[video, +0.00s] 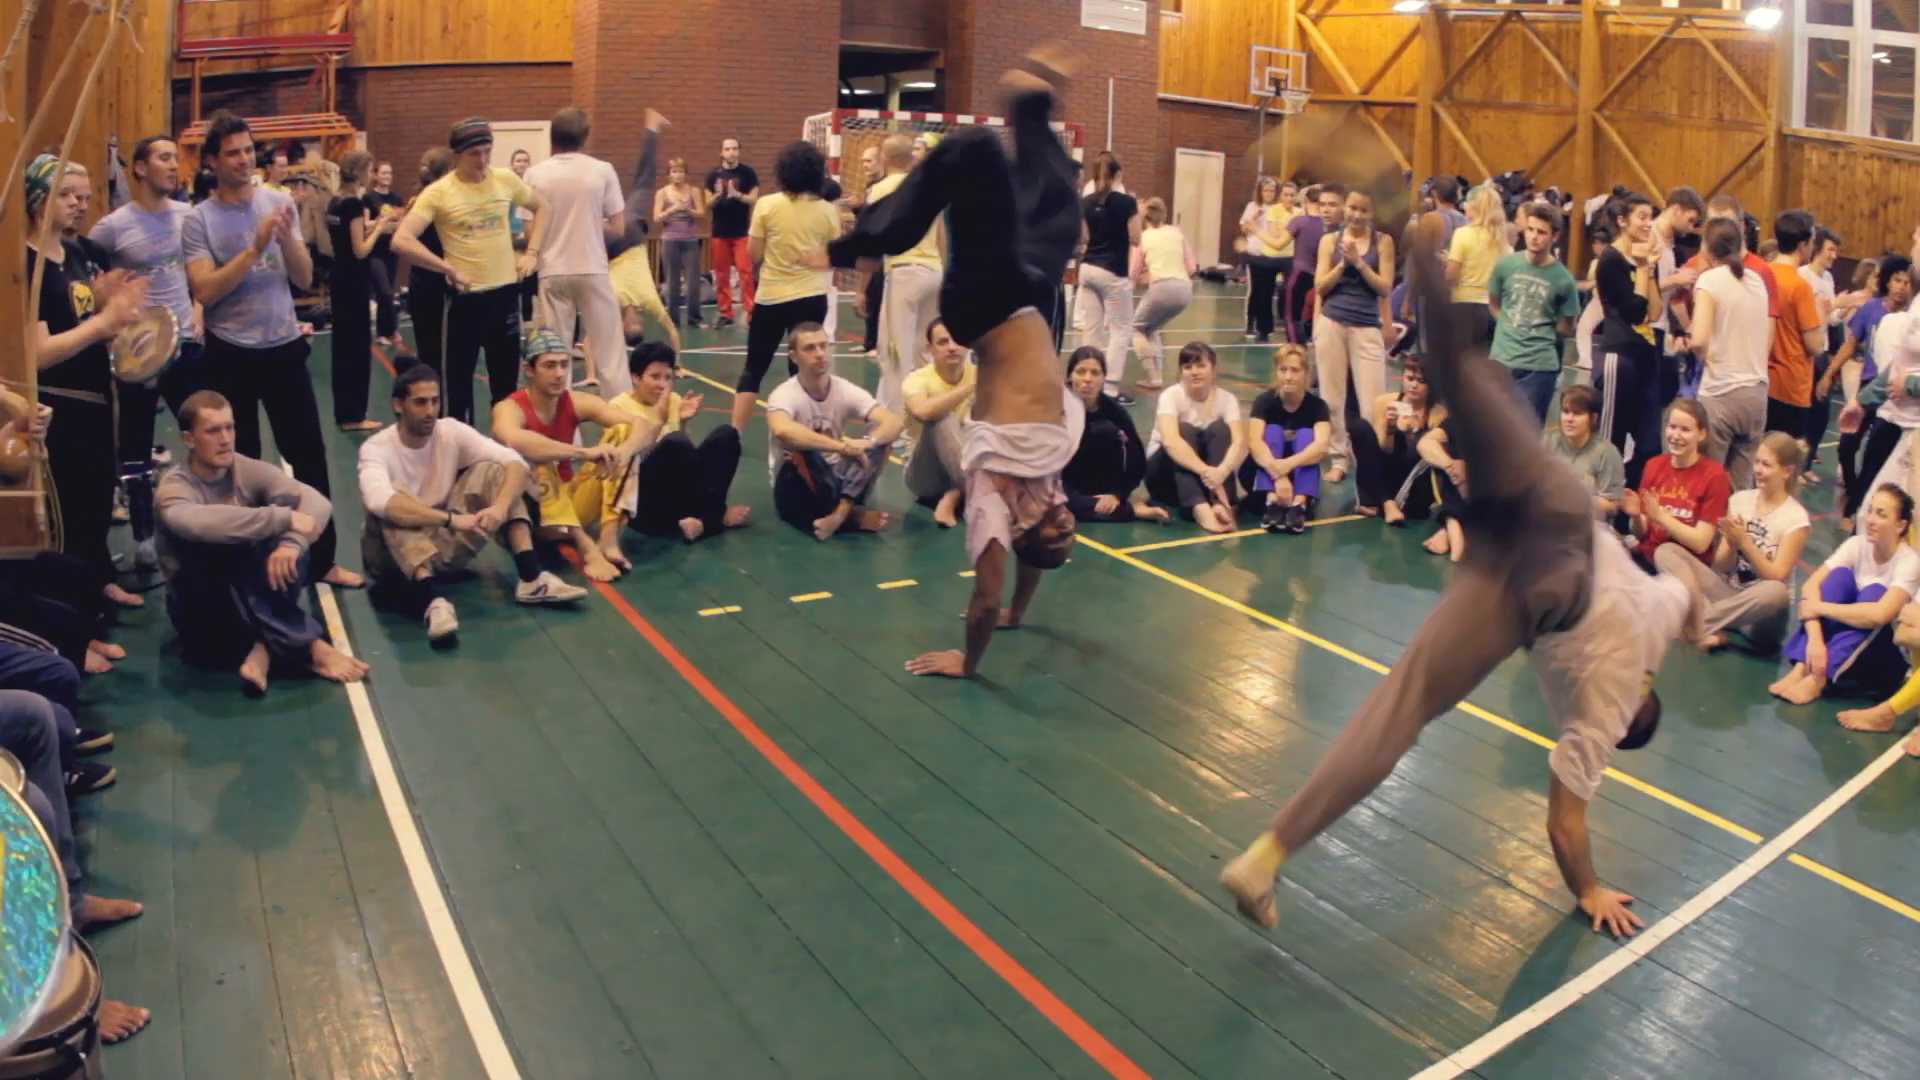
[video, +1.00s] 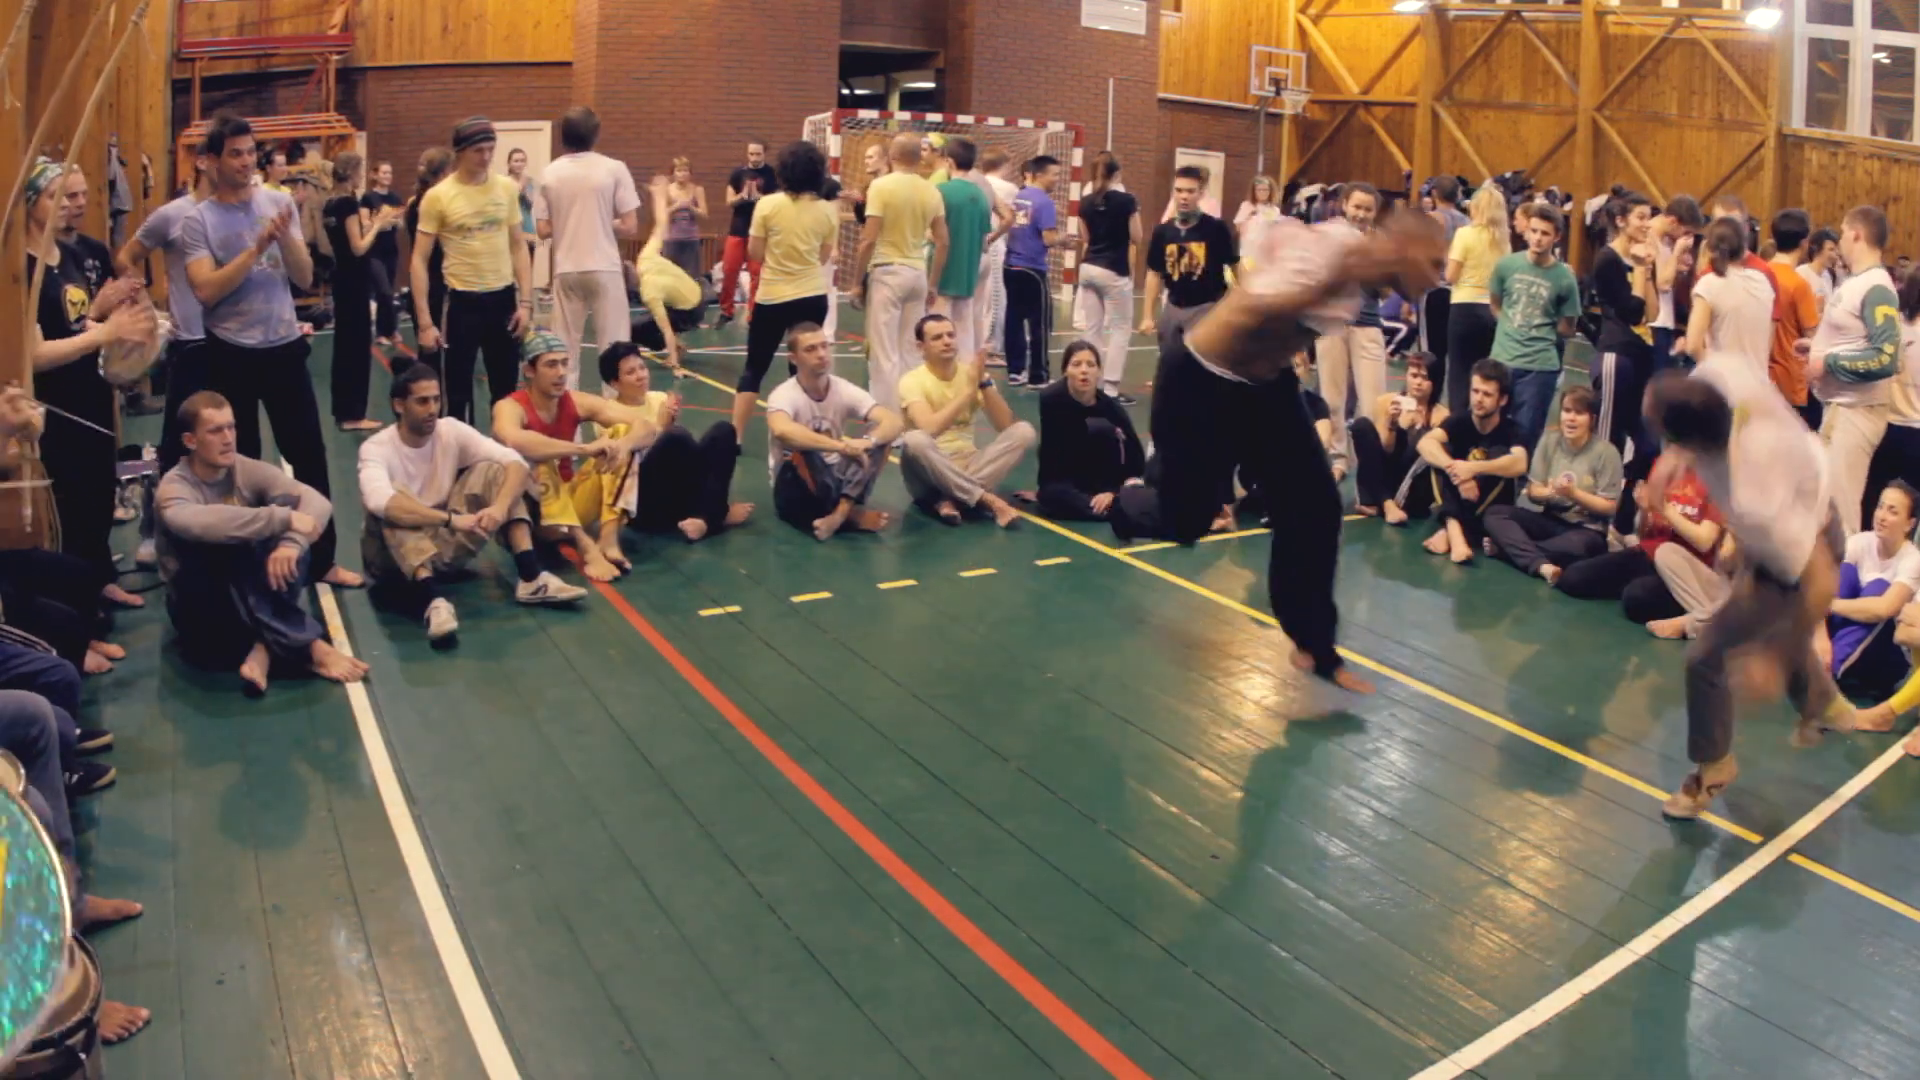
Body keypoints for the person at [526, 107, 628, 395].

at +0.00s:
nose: (588, 137)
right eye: (587, 133)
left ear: (552, 136)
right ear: (585, 137)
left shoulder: (535, 174)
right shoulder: (602, 170)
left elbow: (529, 231)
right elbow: (617, 228)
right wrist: (588, 228)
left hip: (552, 271)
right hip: (592, 269)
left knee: (555, 353)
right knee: (609, 349)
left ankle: (555, 420)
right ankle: (621, 420)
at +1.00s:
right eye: (596, 130)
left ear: (564, 136)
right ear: (596, 135)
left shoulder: (550, 173)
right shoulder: (615, 169)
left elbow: (543, 230)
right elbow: (630, 228)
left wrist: (572, 221)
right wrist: (600, 222)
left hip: (566, 266)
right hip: (604, 265)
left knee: (565, 347)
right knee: (614, 347)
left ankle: (565, 413)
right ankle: (613, 416)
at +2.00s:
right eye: (642, 133)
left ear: (609, 134)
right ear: (642, 136)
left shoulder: (589, 169)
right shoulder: (656, 173)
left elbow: (578, 224)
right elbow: (668, 232)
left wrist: (603, 222)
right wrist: (642, 225)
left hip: (598, 269)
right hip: (639, 270)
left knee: (590, 349)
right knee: (637, 350)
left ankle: (582, 425)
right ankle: (631, 423)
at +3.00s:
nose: (602, 135)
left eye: (600, 129)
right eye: (599, 130)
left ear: (567, 140)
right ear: (590, 135)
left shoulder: (553, 175)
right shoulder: (610, 164)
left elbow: (551, 230)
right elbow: (625, 219)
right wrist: (607, 239)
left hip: (567, 264)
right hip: (604, 260)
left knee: (570, 343)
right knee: (617, 341)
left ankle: (572, 414)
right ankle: (622, 416)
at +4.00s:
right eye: (649, 131)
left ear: (617, 134)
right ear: (650, 135)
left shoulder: (599, 168)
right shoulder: (666, 171)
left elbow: (589, 221)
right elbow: (677, 229)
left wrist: (618, 217)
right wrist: (648, 225)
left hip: (605, 268)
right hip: (646, 269)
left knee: (597, 350)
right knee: (645, 354)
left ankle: (589, 426)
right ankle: (639, 427)